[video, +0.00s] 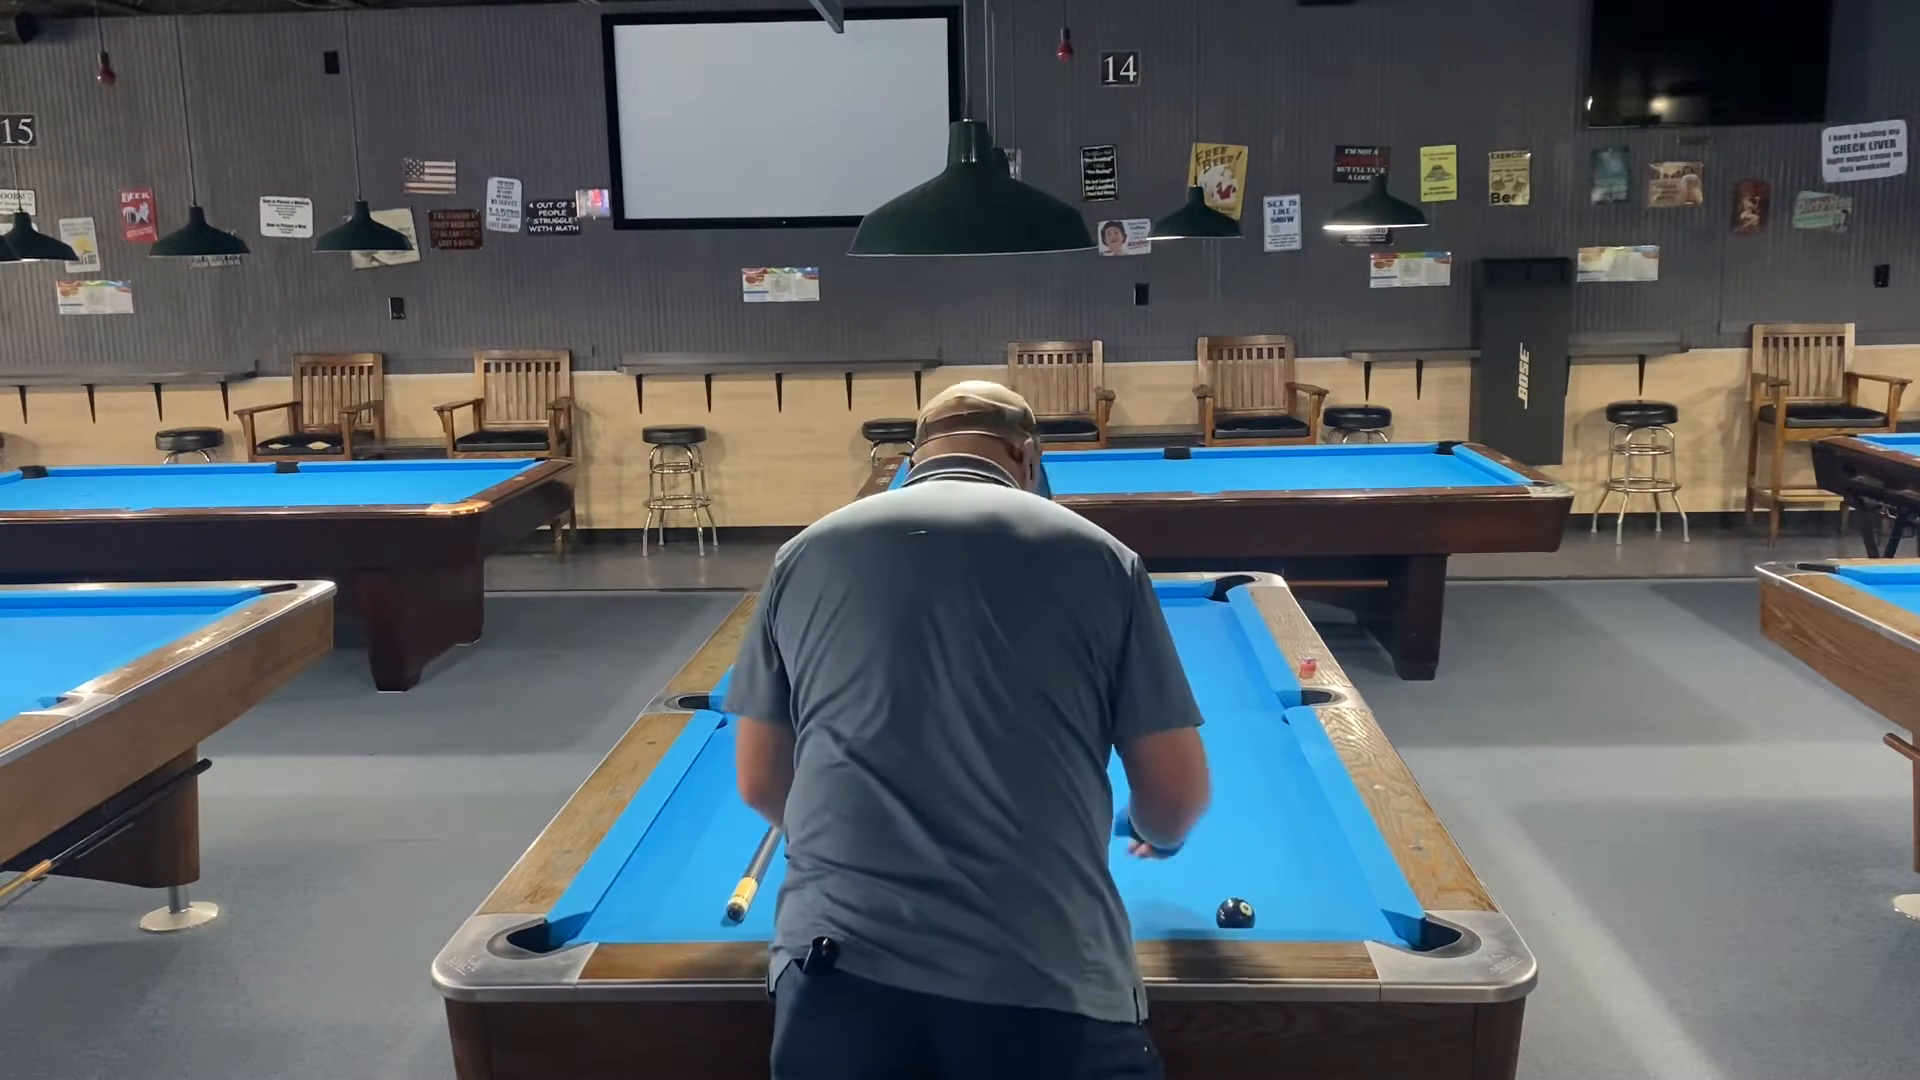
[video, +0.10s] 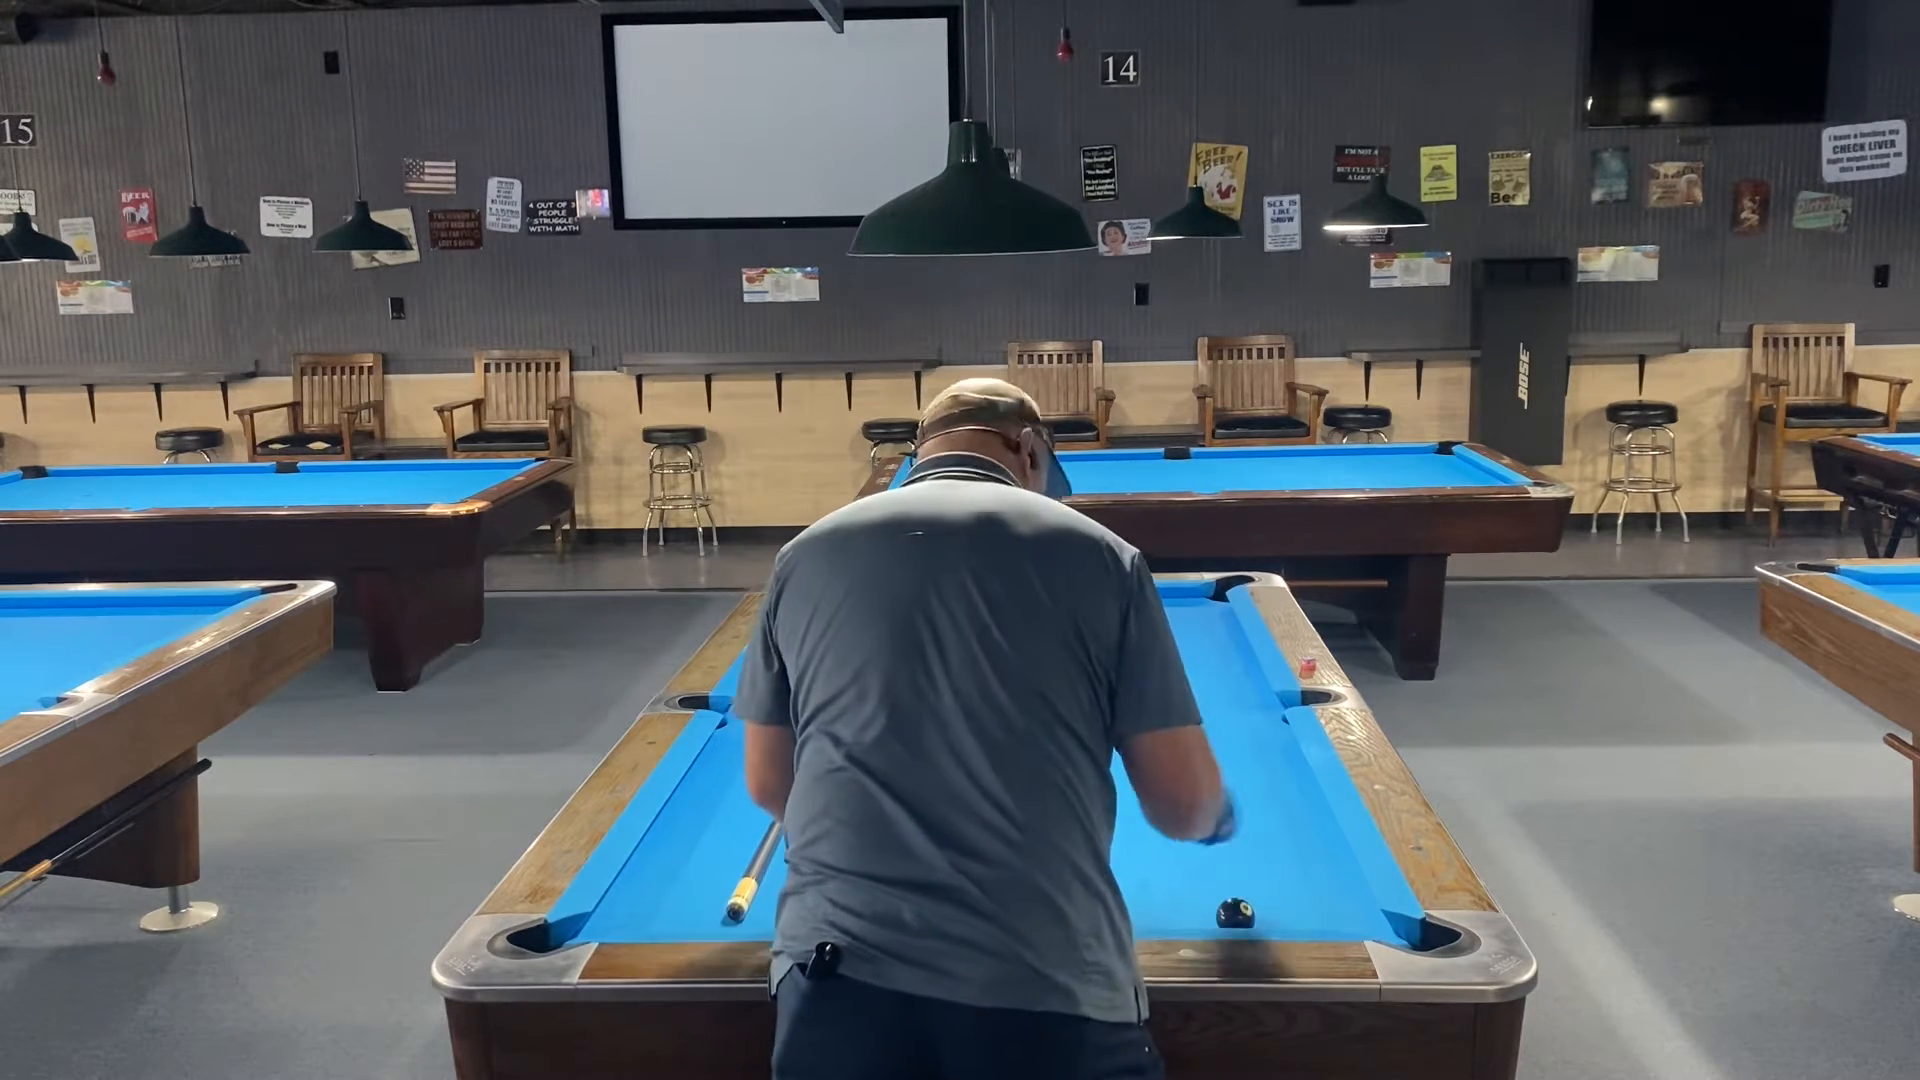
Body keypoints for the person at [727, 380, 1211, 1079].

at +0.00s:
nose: (1044, 485)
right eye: (1041, 470)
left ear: (914, 461)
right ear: (1027, 462)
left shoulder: (809, 552)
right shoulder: (1101, 561)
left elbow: (761, 778)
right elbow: (1176, 789)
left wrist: (846, 831)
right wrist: (1154, 831)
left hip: (844, 987)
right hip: (1053, 1005)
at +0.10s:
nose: (1049, 490)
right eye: (1046, 470)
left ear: (916, 460)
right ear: (1027, 452)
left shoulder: (810, 551)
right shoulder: (1099, 557)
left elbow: (769, 780)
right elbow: (1183, 804)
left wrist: (854, 829)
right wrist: (1210, 806)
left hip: (841, 997)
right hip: (1051, 1007)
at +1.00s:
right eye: (1041, 484)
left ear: (927, 483)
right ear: (1037, 486)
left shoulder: (834, 570)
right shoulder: (1104, 576)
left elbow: (804, 780)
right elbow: (1153, 787)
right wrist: (1065, 827)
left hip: (850, 977)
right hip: (1057, 984)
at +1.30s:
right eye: (1036, 505)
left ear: (919, 506)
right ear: (1028, 504)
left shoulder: (831, 581)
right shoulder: (1093, 590)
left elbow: (801, 790)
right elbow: (1131, 795)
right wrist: (1045, 859)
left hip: (842, 969)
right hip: (1049, 974)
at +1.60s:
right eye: (1032, 514)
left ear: (917, 513)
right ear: (1025, 514)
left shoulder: (831, 586)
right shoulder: (1090, 594)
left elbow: (800, 796)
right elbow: (1130, 801)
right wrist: (1038, 855)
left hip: (843, 966)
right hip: (1047, 971)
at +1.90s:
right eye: (1031, 512)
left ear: (917, 513)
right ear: (1025, 515)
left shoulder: (834, 584)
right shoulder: (1092, 593)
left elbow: (802, 793)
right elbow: (1130, 799)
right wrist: (1039, 853)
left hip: (845, 964)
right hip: (1050, 972)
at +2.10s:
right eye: (1030, 511)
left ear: (917, 513)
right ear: (1024, 514)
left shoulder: (833, 585)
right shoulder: (1090, 593)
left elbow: (803, 793)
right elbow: (1130, 798)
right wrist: (1037, 852)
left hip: (845, 962)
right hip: (1049, 971)